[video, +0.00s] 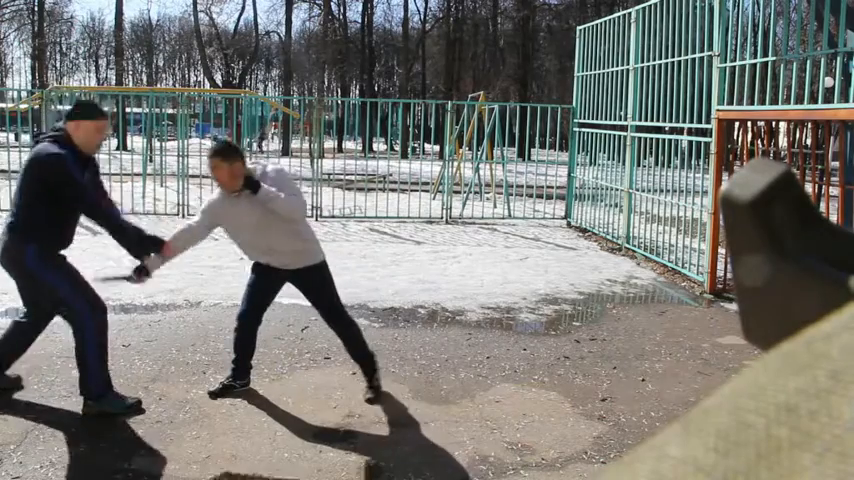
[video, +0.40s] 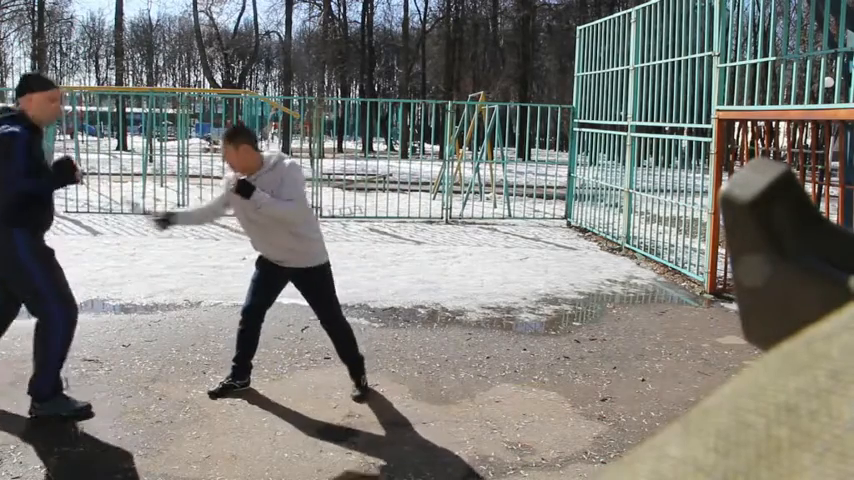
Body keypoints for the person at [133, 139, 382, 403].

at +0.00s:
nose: (216, 176)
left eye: (220, 168)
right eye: (213, 170)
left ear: (239, 166)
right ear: (214, 173)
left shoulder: (274, 177)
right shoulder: (218, 207)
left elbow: (299, 210)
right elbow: (189, 235)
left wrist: (259, 191)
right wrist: (152, 261)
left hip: (306, 261)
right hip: (267, 265)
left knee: (336, 317)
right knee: (247, 319)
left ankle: (370, 371)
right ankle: (239, 377)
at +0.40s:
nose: (225, 159)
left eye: (228, 153)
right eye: (225, 153)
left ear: (245, 149)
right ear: (241, 151)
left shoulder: (288, 170)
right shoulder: (234, 183)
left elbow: (297, 212)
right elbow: (210, 211)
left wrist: (256, 196)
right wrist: (173, 218)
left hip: (309, 260)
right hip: (272, 260)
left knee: (333, 320)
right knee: (250, 316)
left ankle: (358, 373)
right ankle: (239, 376)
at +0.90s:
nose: (252, 158)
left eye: (254, 152)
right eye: (251, 152)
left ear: (272, 150)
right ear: (267, 151)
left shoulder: (309, 176)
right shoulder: (258, 181)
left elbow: (309, 220)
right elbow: (246, 217)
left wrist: (271, 192)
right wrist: (235, 249)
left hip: (305, 272)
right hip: (268, 268)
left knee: (330, 331)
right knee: (230, 314)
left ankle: (358, 377)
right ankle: (211, 374)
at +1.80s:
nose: (230, 142)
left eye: (233, 135)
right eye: (230, 136)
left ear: (252, 135)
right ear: (250, 136)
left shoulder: (288, 166)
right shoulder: (250, 170)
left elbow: (282, 210)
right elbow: (243, 209)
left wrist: (246, 182)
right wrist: (213, 197)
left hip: (282, 263)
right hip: (249, 260)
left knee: (294, 324)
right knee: (227, 316)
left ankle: (315, 376)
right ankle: (203, 372)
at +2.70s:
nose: (169, 132)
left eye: (173, 126)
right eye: (169, 127)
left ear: (191, 127)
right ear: (186, 128)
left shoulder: (224, 154)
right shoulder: (180, 148)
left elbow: (217, 196)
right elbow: (148, 115)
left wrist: (182, 160)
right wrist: (119, 83)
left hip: (230, 250)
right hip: (198, 246)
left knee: (255, 310)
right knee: (177, 306)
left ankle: (294, 364)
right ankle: (173, 368)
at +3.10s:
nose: (216, 136)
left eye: (221, 131)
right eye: (216, 130)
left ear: (241, 133)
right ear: (225, 133)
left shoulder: (268, 164)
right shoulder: (215, 154)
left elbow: (261, 206)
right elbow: (181, 128)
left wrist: (231, 169)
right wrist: (144, 97)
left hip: (266, 256)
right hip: (232, 253)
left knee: (283, 318)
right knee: (210, 311)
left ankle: (309, 373)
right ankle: (188, 364)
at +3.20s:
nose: (219, 134)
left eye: (224, 129)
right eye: (219, 129)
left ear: (244, 133)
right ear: (226, 132)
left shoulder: (270, 162)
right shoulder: (215, 152)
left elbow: (266, 202)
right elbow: (182, 130)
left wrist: (235, 169)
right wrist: (145, 103)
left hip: (271, 254)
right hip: (237, 251)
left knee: (289, 318)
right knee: (211, 310)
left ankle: (310, 374)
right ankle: (204, 366)